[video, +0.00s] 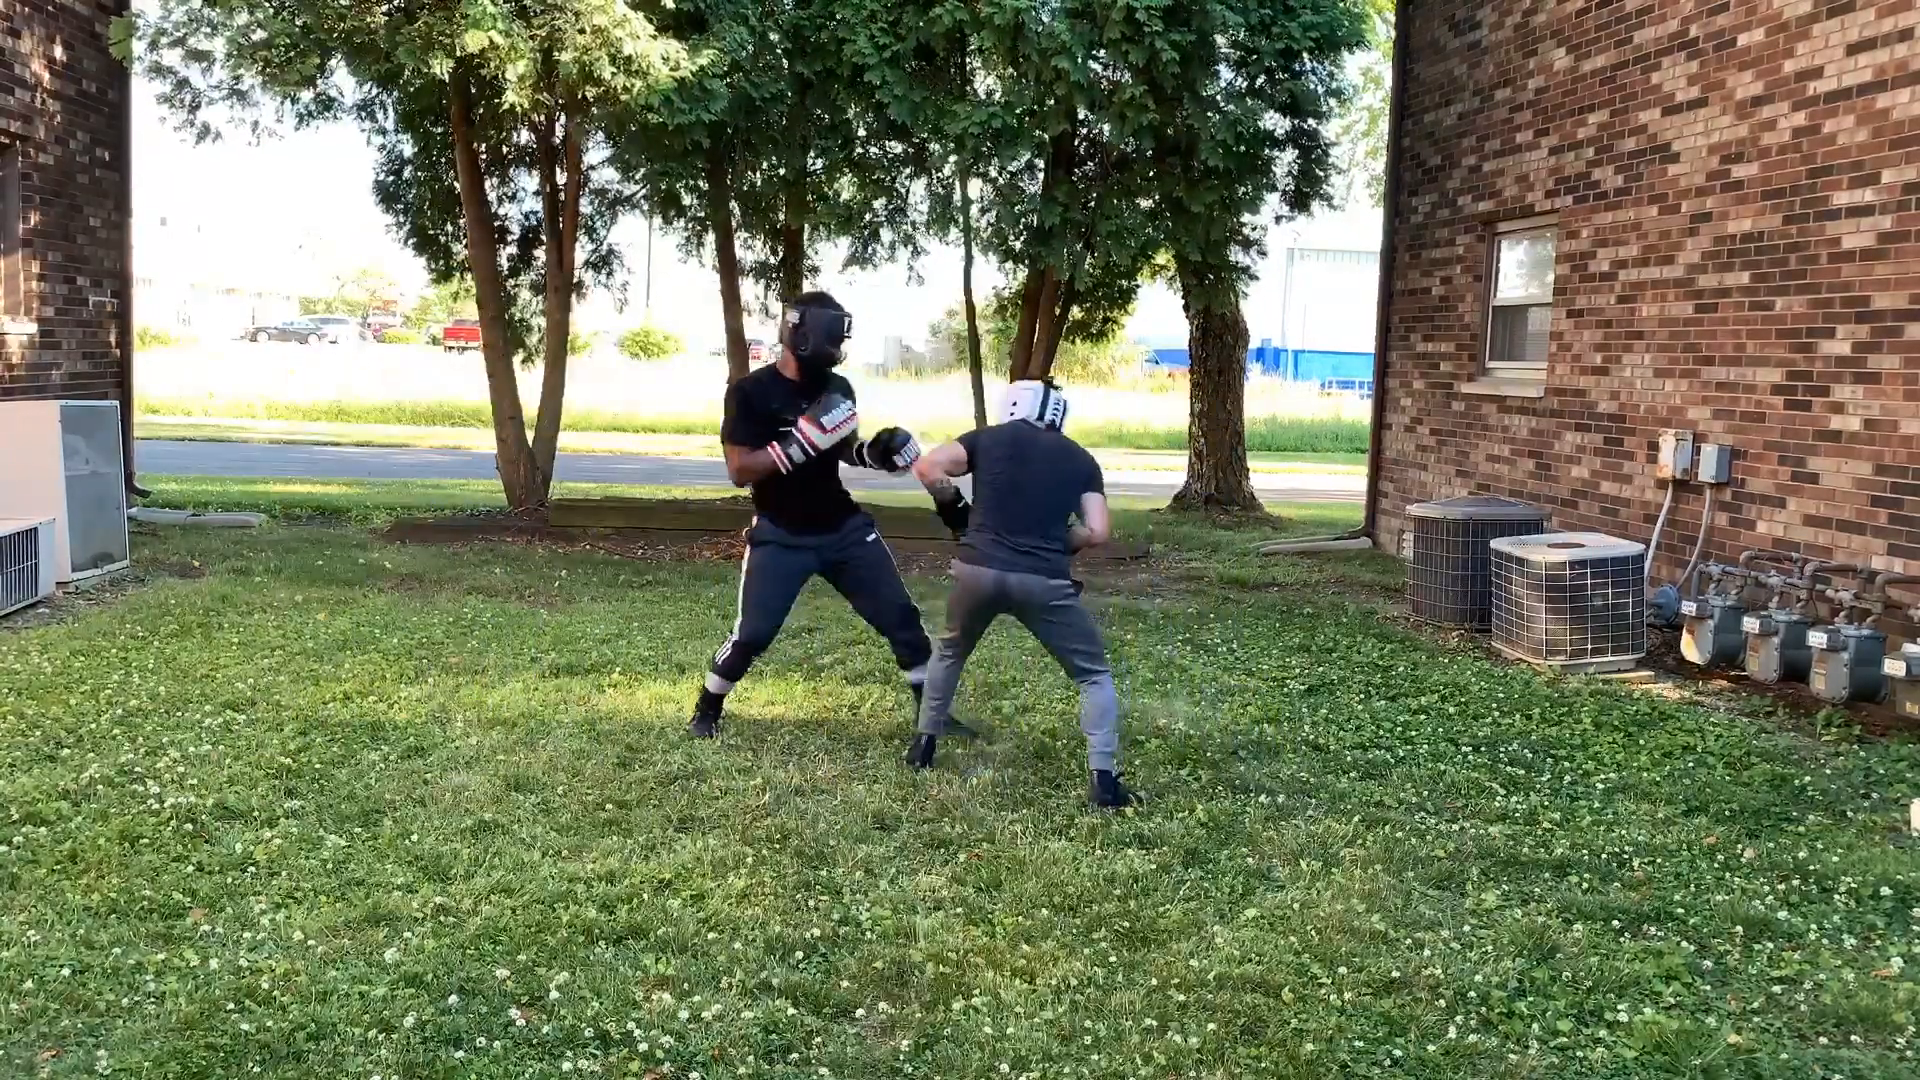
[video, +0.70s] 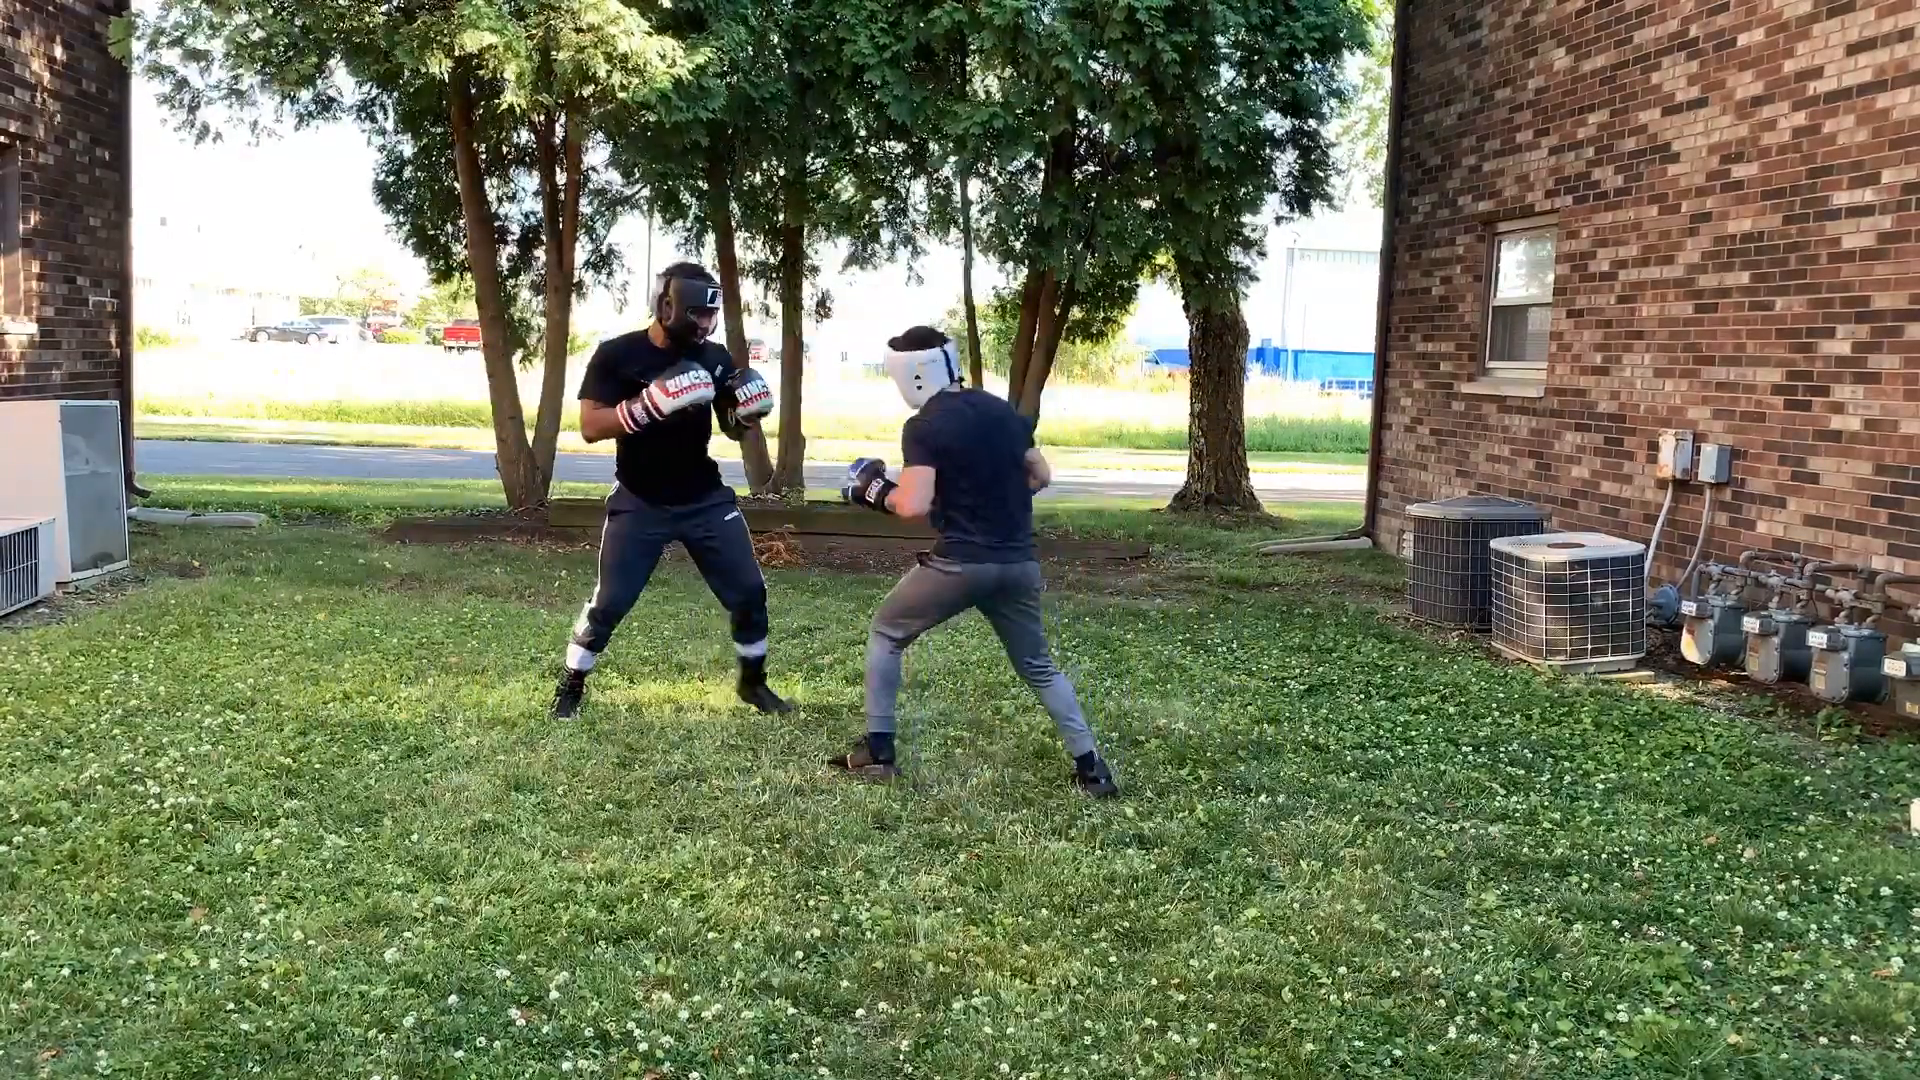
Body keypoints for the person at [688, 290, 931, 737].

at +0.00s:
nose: (838, 347)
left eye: (840, 337)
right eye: (830, 336)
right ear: (798, 334)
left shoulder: (836, 388)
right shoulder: (749, 393)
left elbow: (842, 447)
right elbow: (739, 470)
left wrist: (876, 453)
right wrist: (798, 444)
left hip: (843, 529)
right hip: (779, 535)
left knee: (902, 619)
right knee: (754, 634)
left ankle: (932, 712)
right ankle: (709, 705)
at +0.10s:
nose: (834, 336)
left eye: (836, 326)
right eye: (825, 325)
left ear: (834, 324)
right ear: (794, 322)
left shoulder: (837, 367)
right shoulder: (739, 367)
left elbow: (891, 404)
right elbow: (717, 441)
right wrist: (771, 420)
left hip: (825, 506)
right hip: (759, 506)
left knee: (873, 600)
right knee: (734, 609)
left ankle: (873, 696)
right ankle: (706, 704)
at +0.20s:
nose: (820, 333)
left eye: (824, 323)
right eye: (811, 323)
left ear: (825, 323)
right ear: (782, 319)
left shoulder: (828, 361)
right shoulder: (731, 363)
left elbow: (895, 383)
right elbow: (710, 435)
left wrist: (953, 375)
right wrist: (756, 413)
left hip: (805, 507)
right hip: (741, 501)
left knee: (836, 601)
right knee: (706, 593)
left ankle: (841, 703)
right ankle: (682, 684)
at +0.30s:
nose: (791, 330)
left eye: (796, 321)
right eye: (782, 319)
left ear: (799, 322)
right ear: (753, 316)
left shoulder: (806, 356)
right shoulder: (708, 371)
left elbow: (874, 367)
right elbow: (700, 444)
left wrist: (918, 350)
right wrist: (745, 410)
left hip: (795, 515)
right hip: (728, 514)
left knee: (831, 602)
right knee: (677, 602)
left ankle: (841, 700)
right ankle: (652, 660)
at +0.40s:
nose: (745, 337)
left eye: (752, 328)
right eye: (736, 327)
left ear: (759, 329)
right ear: (709, 324)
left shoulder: (770, 366)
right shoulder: (675, 381)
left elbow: (833, 390)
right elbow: (676, 451)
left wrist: (867, 366)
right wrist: (717, 415)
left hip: (773, 522)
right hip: (708, 524)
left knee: (813, 610)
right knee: (664, 603)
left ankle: (840, 701)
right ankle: (634, 667)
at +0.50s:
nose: (713, 343)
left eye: (719, 334)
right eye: (702, 333)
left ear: (725, 334)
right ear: (674, 331)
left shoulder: (739, 377)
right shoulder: (643, 390)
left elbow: (796, 416)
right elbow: (640, 458)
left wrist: (815, 399)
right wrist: (684, 420)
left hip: (745, 521)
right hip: (682, 524)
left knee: (780, 604)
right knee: (644, 604)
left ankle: (829, 695)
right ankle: (631, 670)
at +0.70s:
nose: (710, 323)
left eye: (713, 312)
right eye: (701, 312)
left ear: (712, 310)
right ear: (669, 308)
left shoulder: (713, 357)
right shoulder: (615, 356)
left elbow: (735, 429)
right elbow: (591, 427)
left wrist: (749, 407)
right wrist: (648, 403)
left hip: (705, 498)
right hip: (639, 502)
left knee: (749, 592)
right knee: (611, 602)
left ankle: (753, 683)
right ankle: (571, 685)